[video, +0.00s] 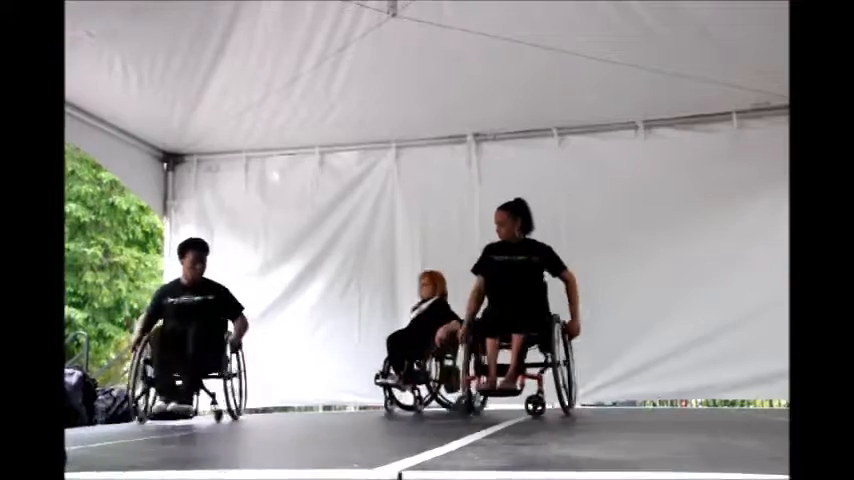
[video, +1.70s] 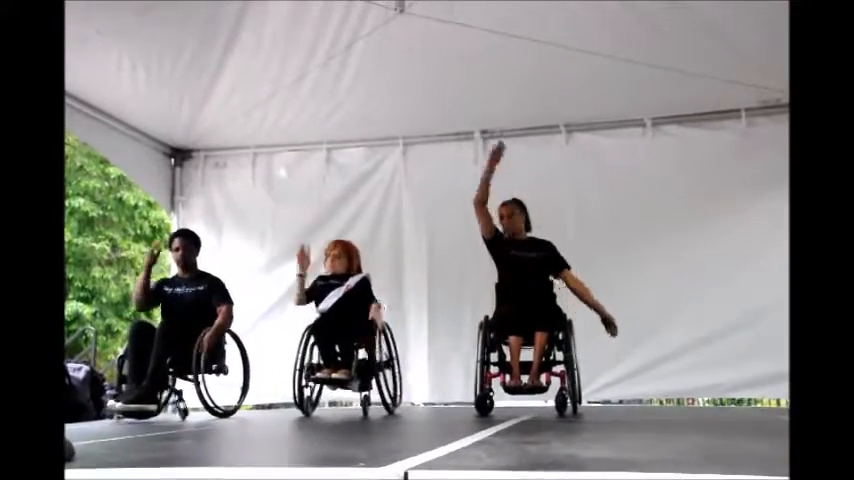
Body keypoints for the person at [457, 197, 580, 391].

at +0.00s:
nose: (497, 229)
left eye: (501, 225)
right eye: (496, 225)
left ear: (518, 224)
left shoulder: (539, 251)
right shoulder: (491, 251)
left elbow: (569, 279)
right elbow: (479, 289)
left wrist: (575, 320)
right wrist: (467, 323)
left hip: (532, 314)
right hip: (500, 315)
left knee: (520, 322)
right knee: (489, 320)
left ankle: (511, 378)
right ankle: (491, 378)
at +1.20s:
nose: (518, 223)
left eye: (524, 218)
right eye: (515, 219)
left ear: (537, 221)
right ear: (511, 223)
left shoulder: (551, 253)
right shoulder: (502, 252)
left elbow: (560, 289)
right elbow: (496, 280)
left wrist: (569, 320)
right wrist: (496, 302)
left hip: (542, 305)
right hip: (514, 306)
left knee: (543, 319)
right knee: (513, 320)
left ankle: (534, 377)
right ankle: (514, 377)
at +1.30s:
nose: (517, 223)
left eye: (522, 218)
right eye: (513, 219)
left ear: (535, 221)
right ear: (510, 223)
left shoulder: (550, 253)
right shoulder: (502, 252)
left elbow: (561, 290)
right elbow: (495, 273)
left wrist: (573, 321)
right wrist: (500, 282)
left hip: (543, 305)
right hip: (516, 305)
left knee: (542, 319)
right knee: (514, 318)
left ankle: (534, 376)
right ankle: (514, 376)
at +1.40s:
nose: (514, 223)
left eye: (519, 217)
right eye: (510, 219)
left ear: (532, 221)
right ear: (507, 223)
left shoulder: (549, 252)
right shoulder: (501, 250)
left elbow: (562, 290)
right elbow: (492, 264)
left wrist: (579, 324)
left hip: (541, 306)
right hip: (512, 307)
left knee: (543, 319)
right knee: (515, 320)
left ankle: (534, 376)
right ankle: (514, 376)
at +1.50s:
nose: (509, 222)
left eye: (513, 217)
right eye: (506, 218)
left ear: (526, 220)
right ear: (505, 224)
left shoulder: (546, 250)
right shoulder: (501, 250)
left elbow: (564, 288)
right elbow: (491, 230)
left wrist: (588, 325)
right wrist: (523, 212)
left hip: (541, 306)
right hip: (511, 306)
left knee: (543, 318)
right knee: (515, 319)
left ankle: (534, 377)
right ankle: (514, 377)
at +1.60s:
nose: (508, 221)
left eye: (513, 215)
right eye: (504, 218)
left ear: (526, 219)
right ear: (501, 224)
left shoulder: (544, 249)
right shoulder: (500, 247)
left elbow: (566, 286)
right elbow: (486, 213)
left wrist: (592, 323)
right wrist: (514, 187)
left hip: (541, 304)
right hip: (512, 304)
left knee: (544, 316)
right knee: (514, 317)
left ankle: (534, 375)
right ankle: (514, 376)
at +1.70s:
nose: (506, 222)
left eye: (511, 216)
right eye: (502, 218)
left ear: (524, 218)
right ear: (500, 223)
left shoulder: (544, 248)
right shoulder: (499, 245)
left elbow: (571, 281)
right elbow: (479, 205)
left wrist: (600, 311)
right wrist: (489, 168)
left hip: (541, 301)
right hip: (510, 301)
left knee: (546, 315)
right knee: (514, 316)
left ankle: (534, 375)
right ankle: (515, 375)